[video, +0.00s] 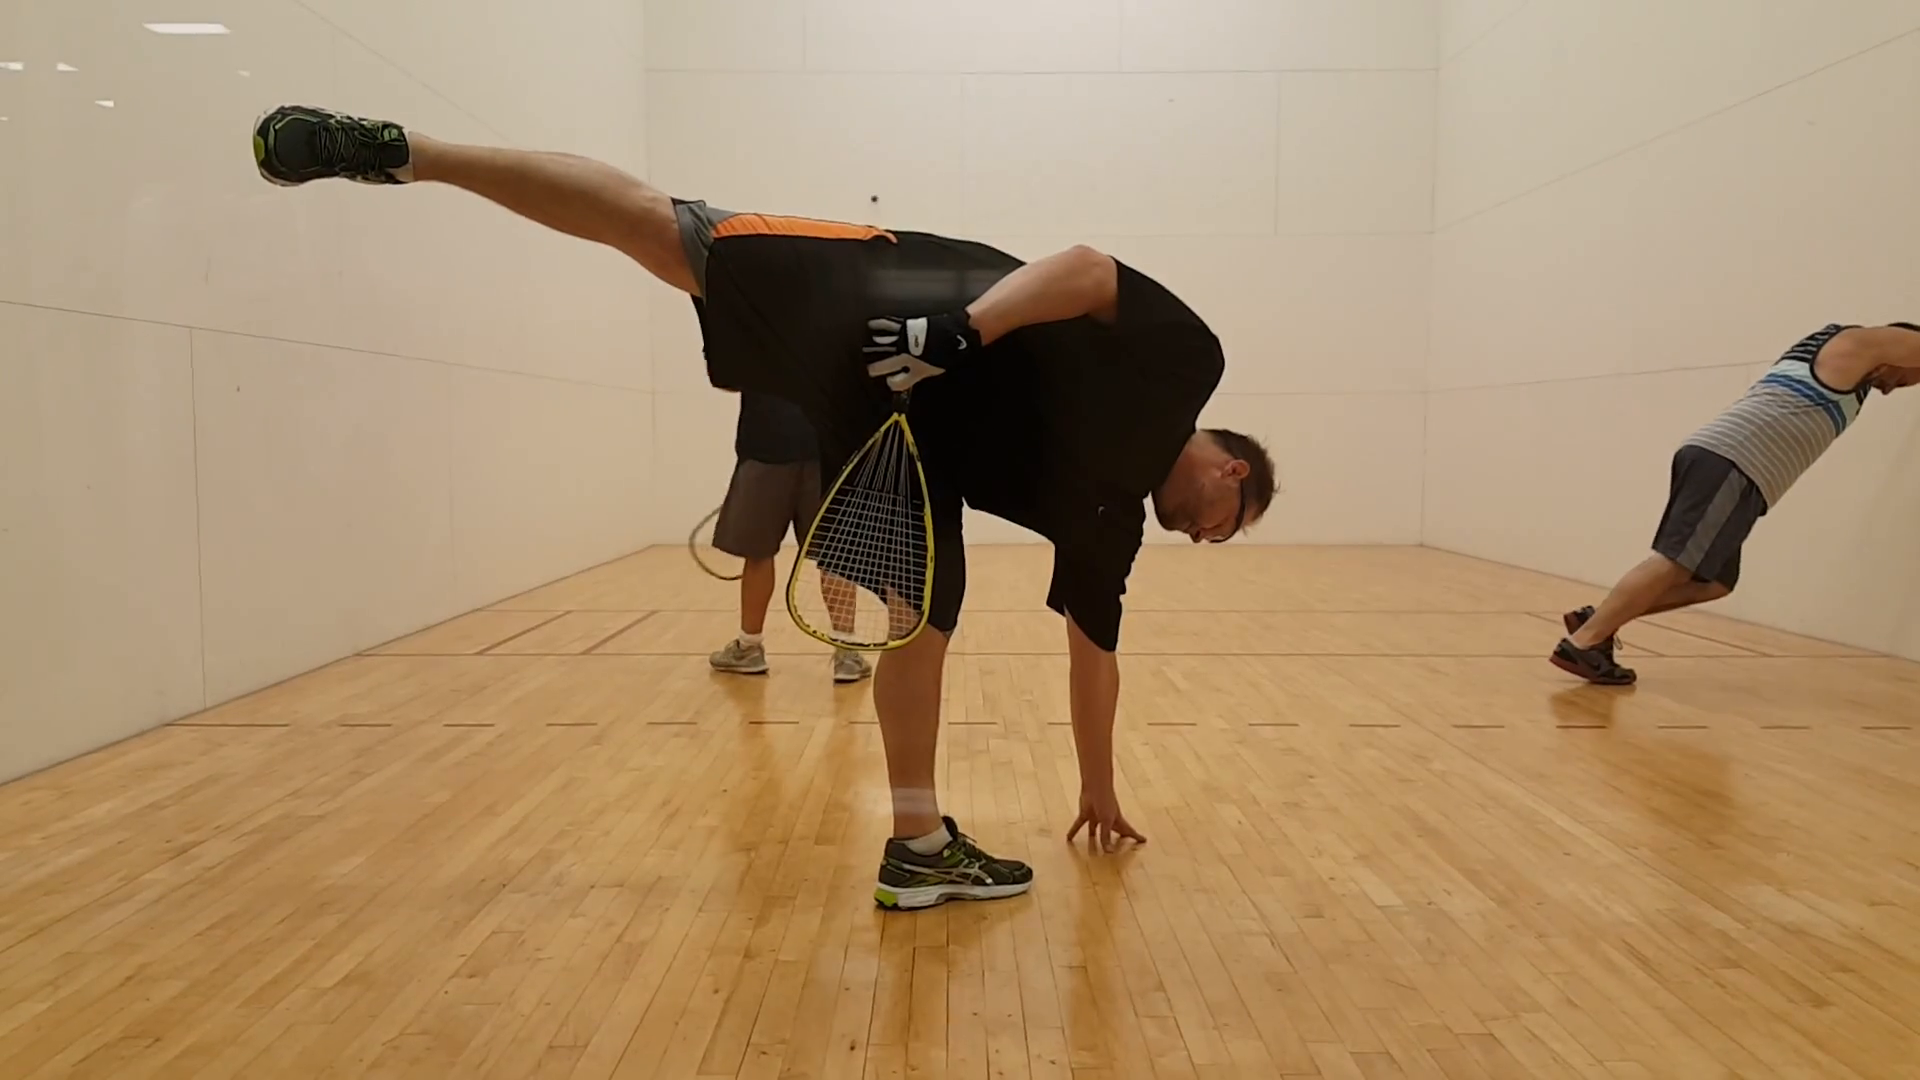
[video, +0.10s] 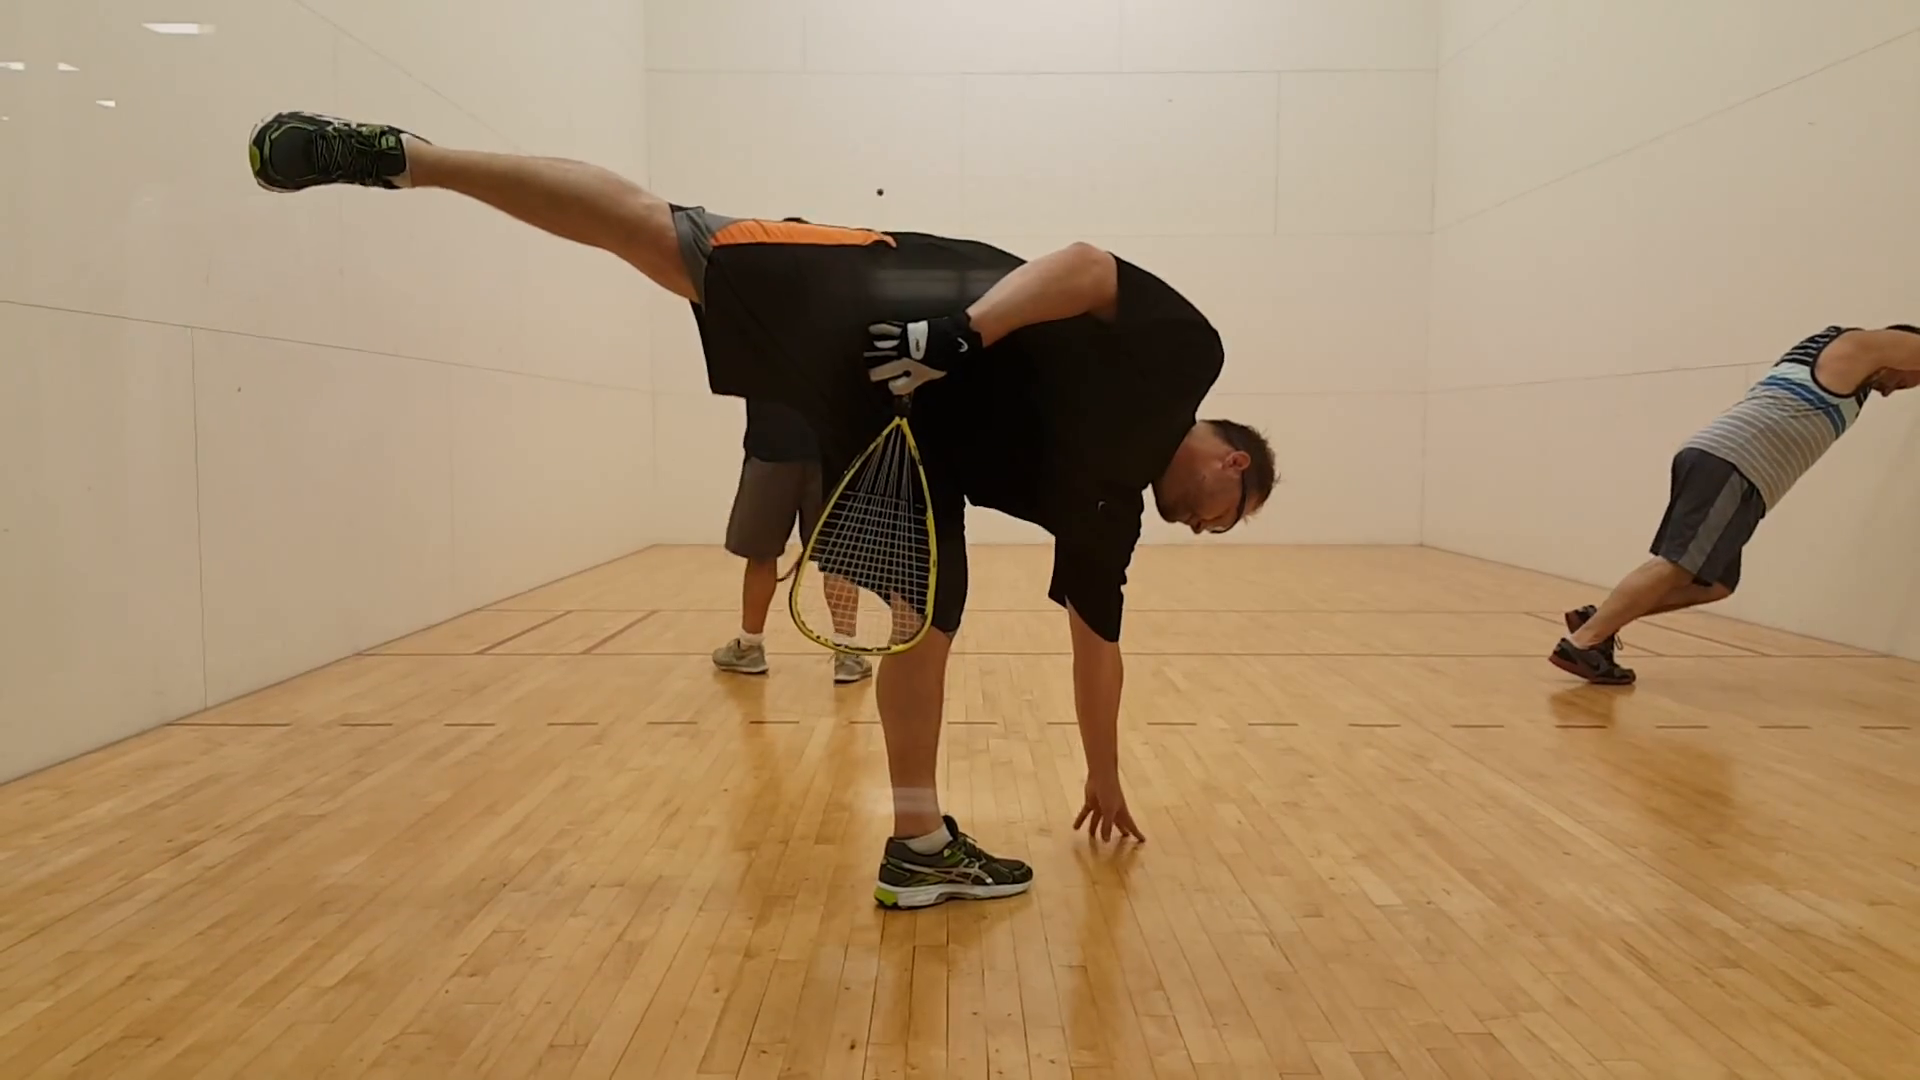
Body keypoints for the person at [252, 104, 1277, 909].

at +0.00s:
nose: (1210, 512)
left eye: (1219, 523)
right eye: (1227, 494)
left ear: (1200, 514)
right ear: (1223, 441)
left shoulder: (1103, 529)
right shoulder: (1184, 355)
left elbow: (1091, 659)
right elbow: (1084, 268)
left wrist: (1103, 798)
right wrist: (956, 333)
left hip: (874, 398)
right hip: (887, 295)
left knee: (922, 611)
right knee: (669, 234)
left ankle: (913, 840)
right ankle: (398, 155)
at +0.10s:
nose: (1220, 508)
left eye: (1228, 516)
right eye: (1233, 488)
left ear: (1207, 507)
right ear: (1224, 433)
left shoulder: (1104, 519)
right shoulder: (1183, 348)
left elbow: (1095, 644)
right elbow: (1083, 267)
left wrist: (1108, 784)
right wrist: (962, 332)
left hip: (885, 423)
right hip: (884, 300)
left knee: (922, 610)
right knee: (660, 236)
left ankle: (918, 841)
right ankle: (388, 158)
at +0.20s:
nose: (1221, 493)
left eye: (1233, 496)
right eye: (1237, 477)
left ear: (1210, 471)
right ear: (1231, 418)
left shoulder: (1106, 494)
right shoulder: (1182, 340)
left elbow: (1092, 627)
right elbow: (1079, 269)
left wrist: (1097, 768)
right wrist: (960, 352)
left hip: (895, 425)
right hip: (890, 311)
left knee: (927, 610)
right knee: (667, 266)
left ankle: (919, 848)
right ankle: (407, 185)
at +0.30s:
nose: (1229, 465)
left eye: (1241, 465)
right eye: (1244, 445)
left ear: (1220, 441)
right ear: (1235, 392)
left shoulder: (1106, 474)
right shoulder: (1185, 314)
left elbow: (1064, 600)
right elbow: (1080, 269)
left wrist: (1043, 730)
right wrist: (963, 375)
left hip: (920, 431)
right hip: (906, 333)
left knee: (942, 604)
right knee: (686, 341)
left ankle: (917, 845)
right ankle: (431, 251)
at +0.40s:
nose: (1239, 427)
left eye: (1251, 421)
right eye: (1254, 408)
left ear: (1232, 389)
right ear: (1241, 356)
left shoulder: (1117, 437)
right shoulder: (1186, 288)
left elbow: (1029, 540)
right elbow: (1076, 268)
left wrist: (986, 655)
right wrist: (971, 391)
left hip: (934, 447)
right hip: (899, 346)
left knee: (957, 625)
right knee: (730, 462)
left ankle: (920, 851)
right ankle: (498, 352)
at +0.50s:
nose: (1238, 386)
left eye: (1251, 381)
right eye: (1252, 364)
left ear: (1240, 337)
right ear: (1243, 309)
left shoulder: (1127, 389)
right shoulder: (1183, 254)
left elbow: (1016, 476)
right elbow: (1071, 265)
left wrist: (955, 599)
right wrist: (986, 404)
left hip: (968, 433)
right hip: (915, 356)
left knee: (943, 621)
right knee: (809, 571)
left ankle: (922, 848)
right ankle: (581, 480)